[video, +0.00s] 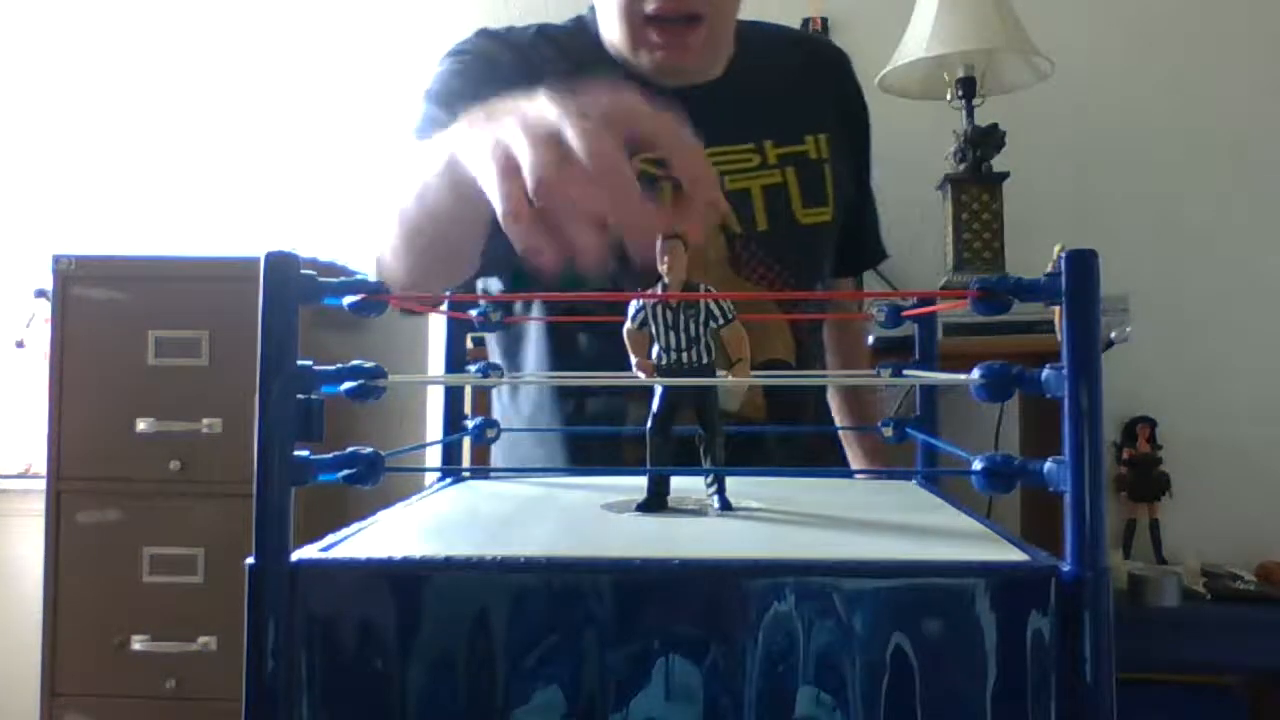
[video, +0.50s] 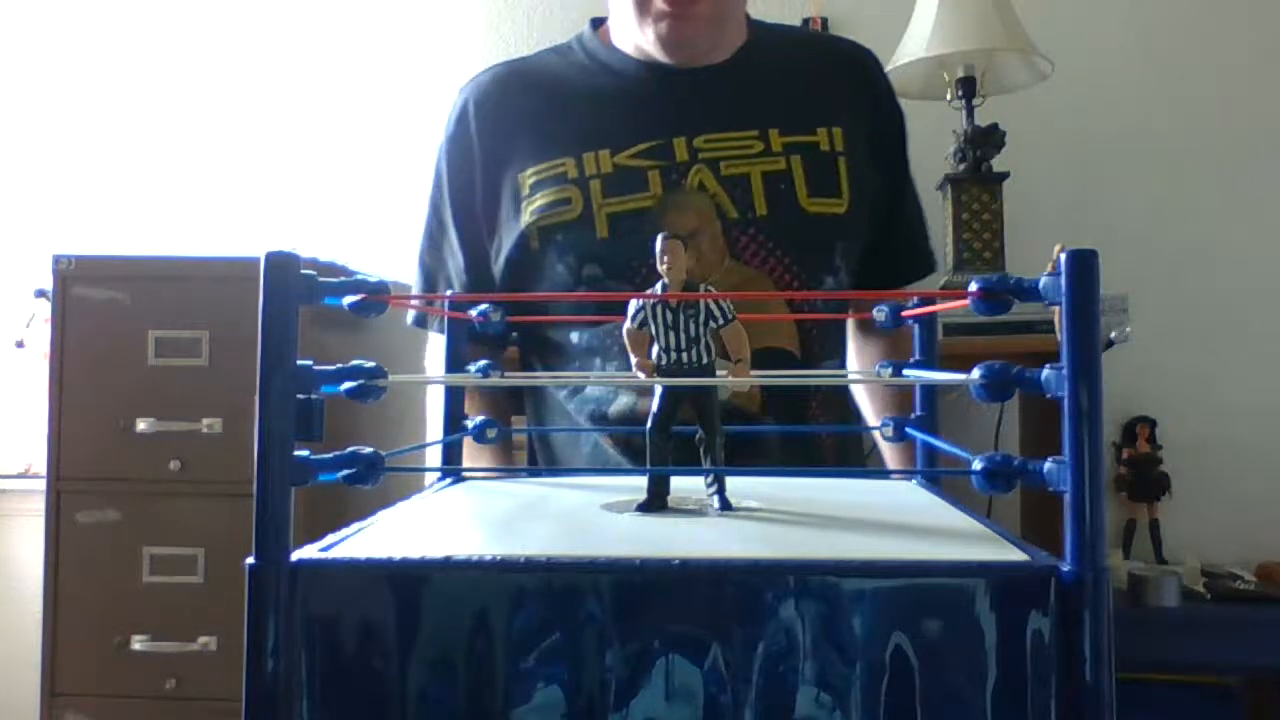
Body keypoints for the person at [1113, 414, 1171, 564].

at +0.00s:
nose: (1146, 432)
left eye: (1148, 428)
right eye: (1143, 428)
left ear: (1151, 431)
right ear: (1137, 430)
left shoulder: (1153, 446)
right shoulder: (1129, 446)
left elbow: (1158, 463)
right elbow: (1125, 463)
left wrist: (1136, 458)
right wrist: (1148, 460)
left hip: (1152, 483)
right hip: (1134, 483)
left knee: (1154, 517)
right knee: (1132, 517)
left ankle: (1159, 556)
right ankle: (1126, 555)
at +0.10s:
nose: (1146, 432)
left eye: (1148, 428)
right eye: (1143, 428)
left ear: (1151, 431)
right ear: (1137, 430)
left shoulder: (1153, 446)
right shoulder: (1129, 446)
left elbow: (1158, 463)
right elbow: (1124, 463)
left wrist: (1136, 458)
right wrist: (1148, 460)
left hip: (1152, 483)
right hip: (1133, 483)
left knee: (1154, 517)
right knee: (1132, 517)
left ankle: (1159, 556)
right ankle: (1126, 555)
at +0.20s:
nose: (1146, 432)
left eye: (1148, 428)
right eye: (1143, 428)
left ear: (1151, 431)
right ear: (1137, 430)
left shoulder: (1153, 446)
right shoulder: (1129, 446)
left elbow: (1158, 463)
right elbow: (1124, 463)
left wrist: (1136, 458)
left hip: (1152, 483)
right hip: (1133, 483)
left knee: (1154, 517)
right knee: (1132, 517)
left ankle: (1159, 556)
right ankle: (1126, 555)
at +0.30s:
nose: (1146, 432)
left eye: (1148, 428)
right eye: (1143, 428)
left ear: (1151, 431)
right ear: (1137, 430)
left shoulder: (1153, 446)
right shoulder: (1129, 446)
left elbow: (1158, 463)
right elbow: (1124, 463)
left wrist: (1136, 458)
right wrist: (1149, 460)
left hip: (1152, 483)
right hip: (1133, 483)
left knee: (1154, 518)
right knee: (1132, 517)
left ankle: (1159, 556)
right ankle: (1126, 555)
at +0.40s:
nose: (1146, 432)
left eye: (1148, 428)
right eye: (1143, 428)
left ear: (1151, 431)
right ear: (1136, 430)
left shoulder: (1153, 446)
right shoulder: (1129, 446)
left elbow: (1157, 463)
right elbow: (1124, 463)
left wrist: (1136, 459)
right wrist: (1149, 460)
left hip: (1152, 483)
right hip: (1133, 483)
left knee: (1154, 518)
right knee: (1132, 517)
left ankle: (1159, 556)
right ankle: (1126, 555)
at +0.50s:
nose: (1144, 431)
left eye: (1147, 428)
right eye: (1142, 428)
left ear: (1150, 431)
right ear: (1136, 430)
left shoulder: (1153, 448)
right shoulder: (1129, 447)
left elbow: (1158, 465)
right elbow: (1124, 466)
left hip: (1152, 484)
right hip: (1133, 483)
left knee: (1154, 517)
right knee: (1133, 516)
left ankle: (1159, 556)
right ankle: (1126, 555)